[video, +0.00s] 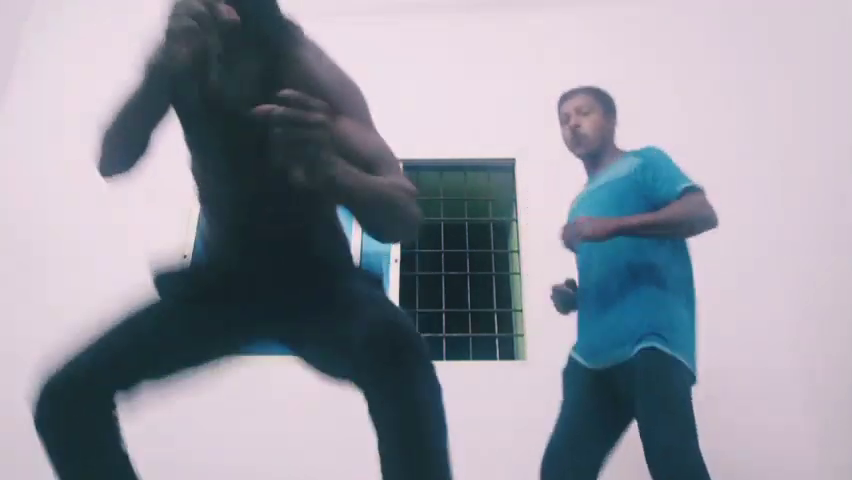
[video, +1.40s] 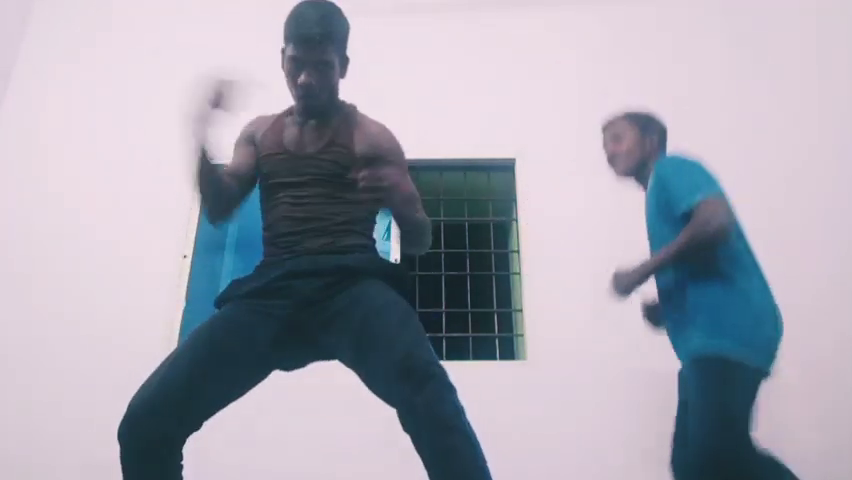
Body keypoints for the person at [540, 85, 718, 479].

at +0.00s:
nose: (572, 124)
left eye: (583, 113)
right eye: (565, 119)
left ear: (610, 121)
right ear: (562, 134)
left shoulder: (647, 162)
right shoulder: (579, 205)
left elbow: (702, 213)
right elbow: (610, 282)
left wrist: (612, 225)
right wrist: (576, 296)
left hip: (653, 342)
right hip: (594, 355)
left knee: (674, 466)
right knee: (561, 468)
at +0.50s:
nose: (560, 150)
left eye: (569, 138)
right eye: (551, 145)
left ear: (593, 142)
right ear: (548, 157)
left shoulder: (635, 182)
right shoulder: (570, 227)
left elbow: (692, 237)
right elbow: (598, 287)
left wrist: (615, 269)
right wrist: (577, 319)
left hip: (667, 351)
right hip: (610, 361)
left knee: (705, 463)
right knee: (585, 463)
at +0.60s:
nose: (576, 113)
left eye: (583, 101)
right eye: (566, 108)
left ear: (606, 103)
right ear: (563, 120)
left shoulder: (644, 136)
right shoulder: (584, 186)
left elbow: (711, 185)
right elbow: (621, 244)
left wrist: (636, 222)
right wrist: (597, 268)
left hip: (686, 302)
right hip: (631, 321)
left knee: (730, 422)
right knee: (649, 449)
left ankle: (762, 474)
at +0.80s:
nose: (621, 127)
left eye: (630, 116)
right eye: (612, 122)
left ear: (655, 118)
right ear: (608, 134)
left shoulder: (698, 155)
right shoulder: (633, 203)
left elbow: (756, 207)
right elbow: (664, 262)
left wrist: (675, 256)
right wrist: (641, 286)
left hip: (739, 339)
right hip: (681, 346)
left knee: (793, 453)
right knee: (662, 461)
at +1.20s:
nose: (604, 120)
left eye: (612, 108)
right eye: (600, 113)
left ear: (645, 110)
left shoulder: (670, 143)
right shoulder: (658, 167)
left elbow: (711, 195)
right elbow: (719, 242)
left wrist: (642, 258)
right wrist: (679, 280)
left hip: (727, 316)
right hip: (698, 323)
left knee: (773, 431)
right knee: (701, 444)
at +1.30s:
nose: (609, 147)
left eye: (617, 135)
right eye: (605, 141)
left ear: (650, 136)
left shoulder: (670, 172)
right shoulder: (663, 189)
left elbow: (699, 225)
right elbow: (721, 274)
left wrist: (625, 279)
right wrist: (680, 313)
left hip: (727, 350)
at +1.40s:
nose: (609, 151)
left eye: (617, 139)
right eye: (606, 145)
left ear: (650, 139)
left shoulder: (673, 170)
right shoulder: (661, 193)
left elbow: (714, 218)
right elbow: (715, 274)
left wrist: (642, 270)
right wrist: (669, 308)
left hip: (730, 333)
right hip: (706, 340)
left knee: (719, 456)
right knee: (690, 461)